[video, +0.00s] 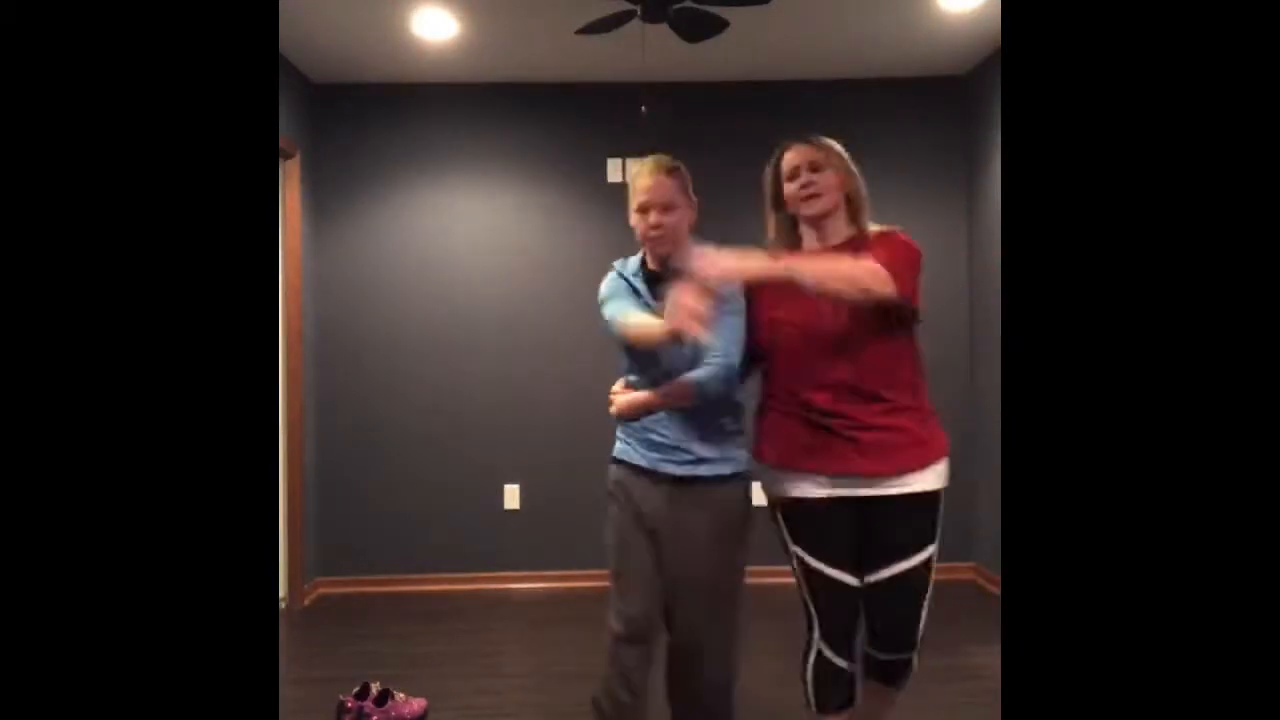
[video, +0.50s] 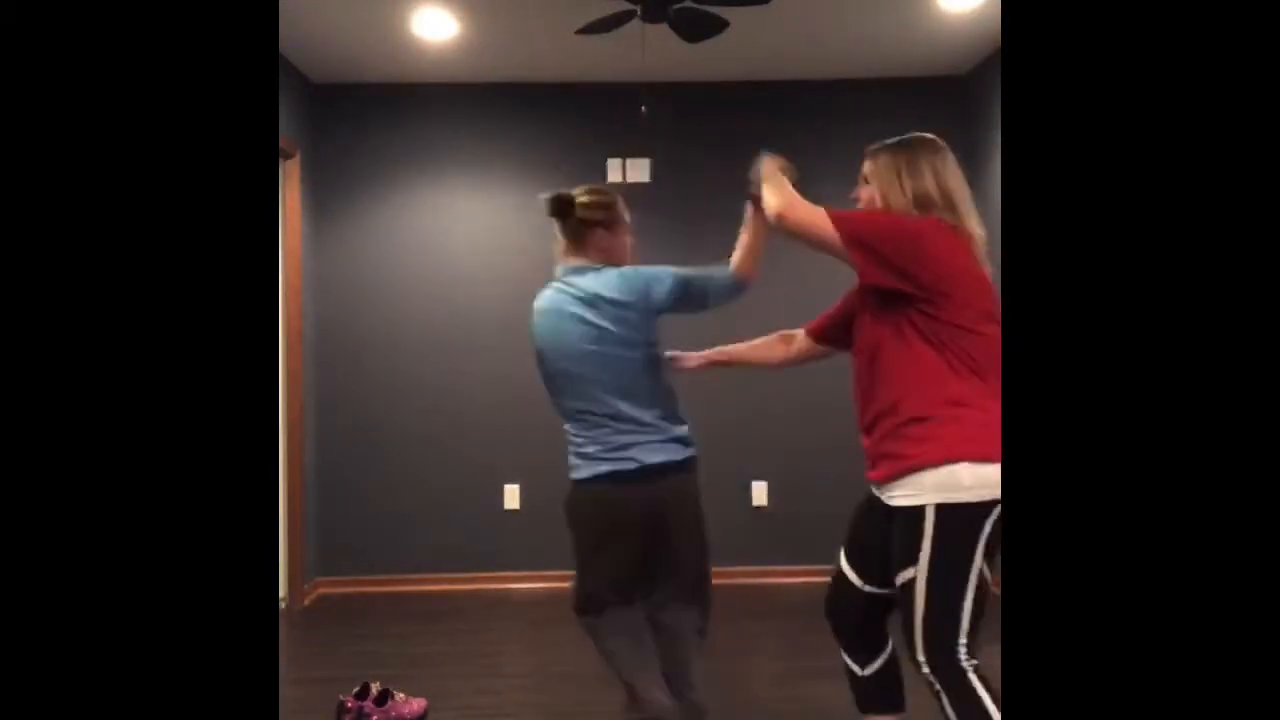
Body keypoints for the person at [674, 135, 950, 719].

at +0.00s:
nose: (804, 181)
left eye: (816, 169)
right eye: (792, 177)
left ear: (847, 178)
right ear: (782, 197)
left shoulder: (891, 247)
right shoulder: (765, 271)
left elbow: (874, 281)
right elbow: (742, 358)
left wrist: (761, 267)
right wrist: (691, 314)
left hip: (901, 472)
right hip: (806, 477)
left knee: (894, 637)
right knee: (834, 634)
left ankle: (872, 714)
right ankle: (834, 717)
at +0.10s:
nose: (800, 181)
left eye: (815, 168)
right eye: (794, 175)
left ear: (856, 176)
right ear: (792, 190)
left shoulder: (898, 240)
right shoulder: (784, 280)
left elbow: (815, 235)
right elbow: (742, 366)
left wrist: (709, 202)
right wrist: (663, 393)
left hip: (915, 476)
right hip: (816, 479)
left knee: (901, 637)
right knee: (837, 639)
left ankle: (926, 711)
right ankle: (837, 715)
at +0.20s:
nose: (809, 182)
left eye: (823, 167)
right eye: (807, 171)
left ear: (865, 172)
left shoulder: (909, 236)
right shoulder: (808, 280)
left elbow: (785, 203)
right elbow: (743, 356)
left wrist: (685, 155)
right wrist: (674, 383)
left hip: (932, 472)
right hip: (837, 477)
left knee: (918, 634)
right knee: (848, 643)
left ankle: (970, 715)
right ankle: (861, 717)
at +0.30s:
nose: (827, 192)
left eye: (838, 178)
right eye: (826, 180)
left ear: (881, 180)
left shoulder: (919, 239)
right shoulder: (830, 283)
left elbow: (782, 195)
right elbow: (759, 339)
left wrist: (711, 145)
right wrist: (684, 370)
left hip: (950, 474)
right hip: (862, 478)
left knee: (945, 638)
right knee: (850, 631)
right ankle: (878, 716)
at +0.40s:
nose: (839, 195)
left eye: (852, 181)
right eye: (841, 182)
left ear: (890, 185)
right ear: (900, 185)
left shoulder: (927, 241)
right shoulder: (860, 283)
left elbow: (782, 202)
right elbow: (777, 340)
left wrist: (743, 151)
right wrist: (691, 364)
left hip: (957, 481)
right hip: (883, 484)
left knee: (946, 642)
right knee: (851, 622)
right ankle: (879, 715)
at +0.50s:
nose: (857, 194)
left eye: (868, 182)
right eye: (860, 182)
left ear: (906, 187)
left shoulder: (936, 245)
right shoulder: (884, 283)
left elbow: (785, 214)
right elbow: (799, 343)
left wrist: (770, 171)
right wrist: (708, 357)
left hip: (959, 481)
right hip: (903, 484)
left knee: (939, 647)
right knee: (851, 615)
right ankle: (886, 717)